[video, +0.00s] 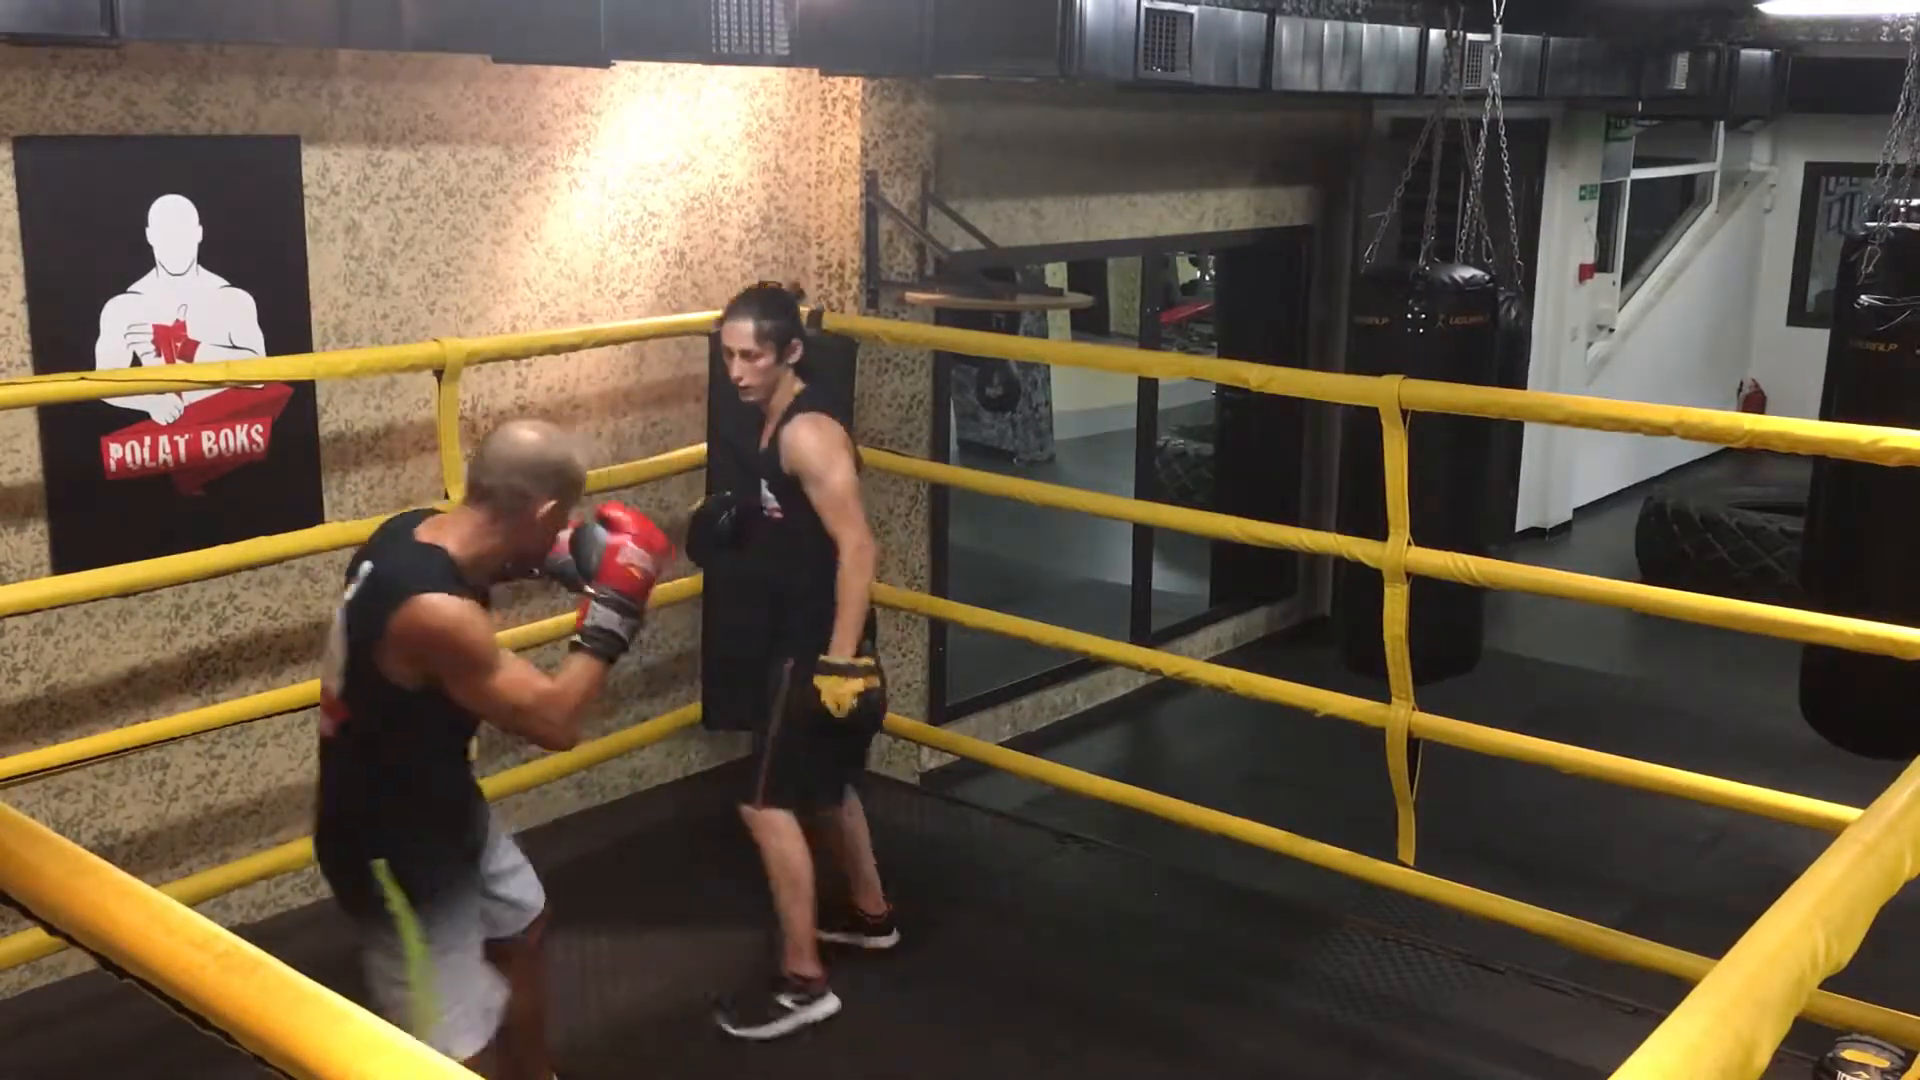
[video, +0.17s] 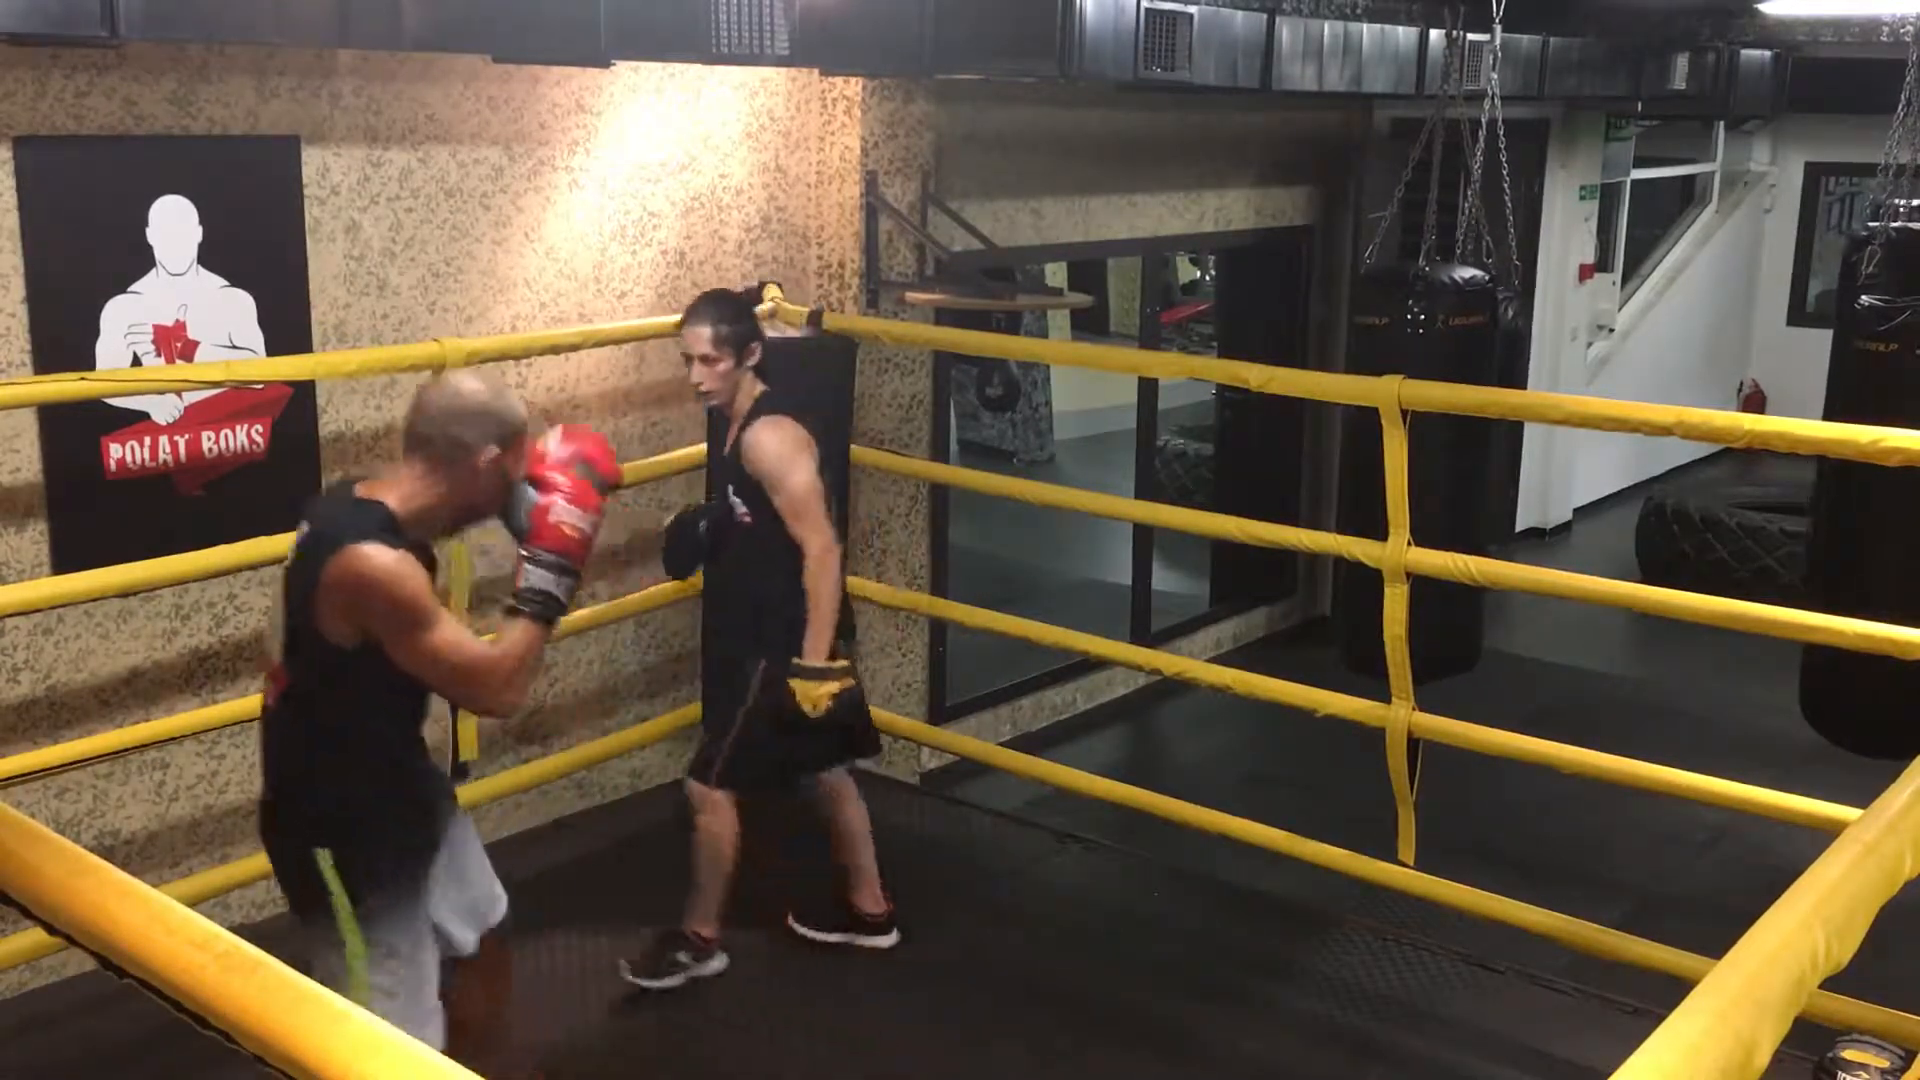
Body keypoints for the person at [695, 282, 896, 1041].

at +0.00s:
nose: (734, 369)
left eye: (747, 355)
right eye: (728, 355)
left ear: (789, 354)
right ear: (733, 354)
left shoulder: (809, 435)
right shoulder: (774, 427)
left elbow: (858, 546)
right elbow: (790, 531)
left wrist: (841, 659)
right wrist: (727, 532)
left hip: (813, 649)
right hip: (799, 637)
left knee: (768, 806)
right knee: (829, 788)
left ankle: (803, 981)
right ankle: (871, 913)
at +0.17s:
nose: (697, 377)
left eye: (708, 362)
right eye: (690, 363)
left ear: (747, 357)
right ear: (694, 360)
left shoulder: (773, 438)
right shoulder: (738, 422)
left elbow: (822, 549)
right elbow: (759, 518)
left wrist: (815, 662)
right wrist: (708, 534)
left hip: (768, 645)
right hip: (768, 634)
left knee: (711, 787)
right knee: (827, 771)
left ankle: (700, 937)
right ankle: (869, 909)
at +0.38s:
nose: (648, 405)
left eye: (661, 389)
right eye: (639, 390)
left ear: (697, 386)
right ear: (633, 385)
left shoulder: (720, 468)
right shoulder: (667, 442)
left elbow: (749, 592)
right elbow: (687, 529)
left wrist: (698, 689)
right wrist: (643, 553)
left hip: (723, 649)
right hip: (697, 639)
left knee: (651, 786)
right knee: (698, 779)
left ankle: (654, 933)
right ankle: (802, 869)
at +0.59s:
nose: (626, 384)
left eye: (639, 366)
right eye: (614, 369)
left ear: (673, 358)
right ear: (606, 367)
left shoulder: (710, 435)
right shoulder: (628, 422)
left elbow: (758, 544)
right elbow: (617, 506)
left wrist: (667, 599)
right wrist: (596, 537)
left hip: (703, 636)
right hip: (648, 623)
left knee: (654, 780)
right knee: (620, 764)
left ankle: (655, 932)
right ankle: (629, 913)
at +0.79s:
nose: (617, 410)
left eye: (630, 391)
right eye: (605, 393)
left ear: (667, 382)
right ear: (596, 390)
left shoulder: (713, 439)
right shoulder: (616, 453)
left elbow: (729, 540)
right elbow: (590, 570)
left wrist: (660, 488)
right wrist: (607, 536)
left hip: (709, 645)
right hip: (646, 636)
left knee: (654, 804)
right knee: (593, 788)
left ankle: (683, 952)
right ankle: (635, 914)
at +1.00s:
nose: (619, 422)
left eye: (632, 406)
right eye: (610, 407)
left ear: (673, 396)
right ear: (606, 403)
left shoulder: (722, 456)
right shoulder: (621, 469)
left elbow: (736, 554)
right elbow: (606, 576)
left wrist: (668, 501)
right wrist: (615, 541)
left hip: (721, 670)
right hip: (654, 661)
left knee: (720, 844)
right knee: (608, 802)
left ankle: (763, 1032)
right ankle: (635, 915)